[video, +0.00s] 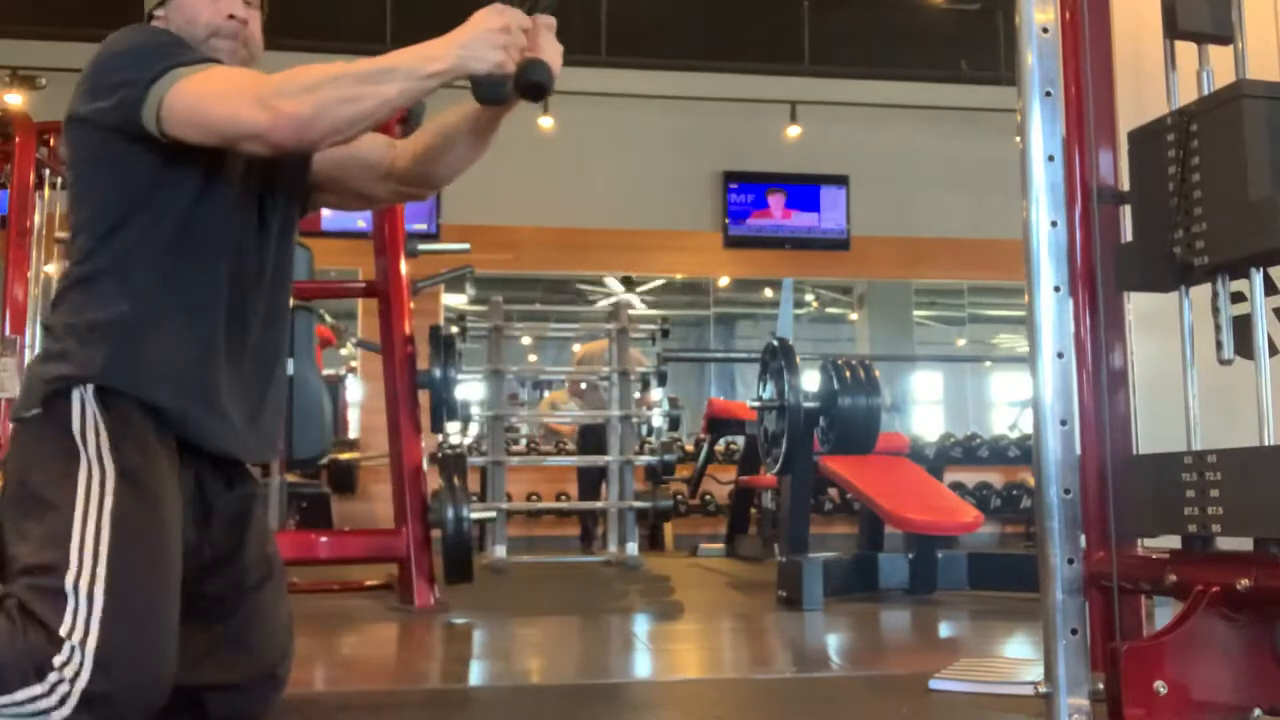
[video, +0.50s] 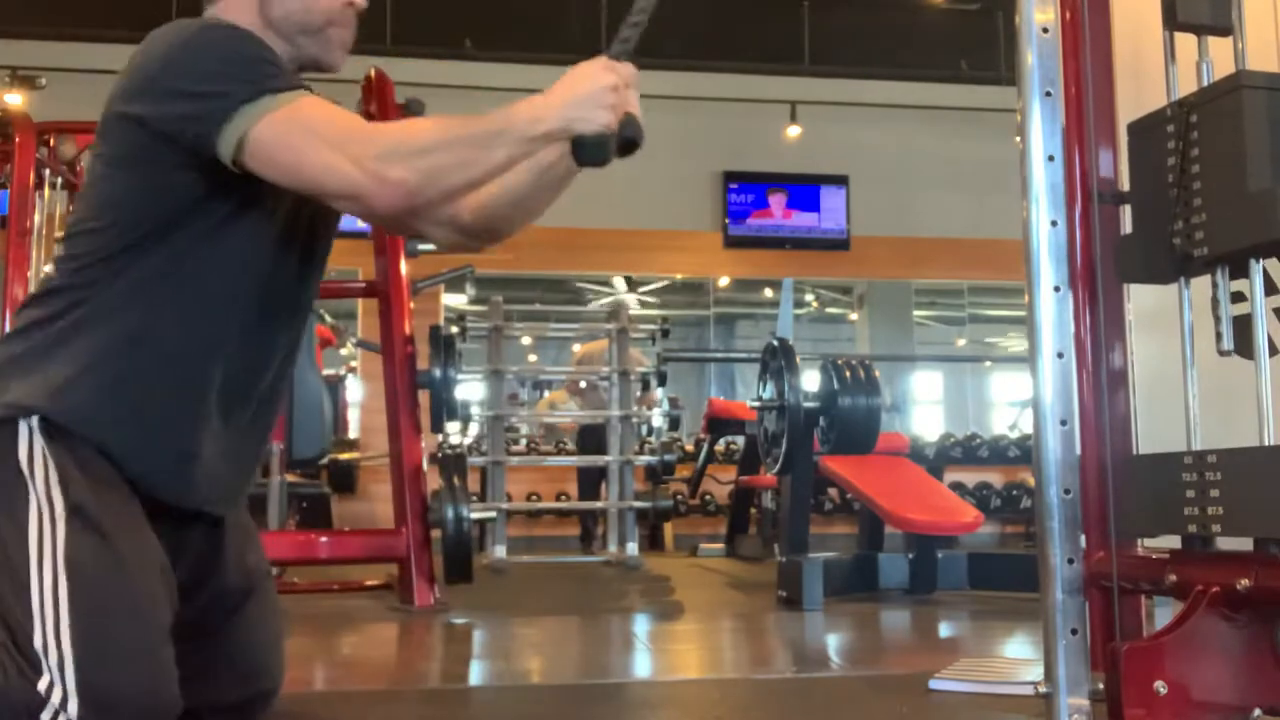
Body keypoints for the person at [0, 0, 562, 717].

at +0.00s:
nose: (244, 12)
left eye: (254, 5)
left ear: (264, 30)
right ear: (162, 6)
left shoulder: (269, 128)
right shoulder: (130, 59)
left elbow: (409, 167)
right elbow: (273, 114)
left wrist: (502, 92)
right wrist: (449, 52)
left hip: (219, 448)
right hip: (103, 411)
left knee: (239, 679)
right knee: (100, 676)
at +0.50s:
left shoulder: (300, 121)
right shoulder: (193, 56)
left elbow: (462, 220)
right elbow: (384, 175)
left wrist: (578, 142)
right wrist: (550, 108)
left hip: (197, 472)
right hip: (66, 441)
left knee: (237, 685)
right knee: (106, 700)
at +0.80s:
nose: (458, 66)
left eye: (458, 45)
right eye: (437, 38)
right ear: (358, 42)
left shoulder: (396, 179)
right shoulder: (271, 103)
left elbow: (520, 308)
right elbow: (425, 254)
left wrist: (620, 243)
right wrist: (607, 206)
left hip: (215, 486)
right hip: (76, 451)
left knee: (254, 688)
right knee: (111, 702)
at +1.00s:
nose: (499, 151)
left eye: (503, 129)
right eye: (483, 119)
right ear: (410, 104)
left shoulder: (438, 244)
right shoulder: (310, 159)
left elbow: (514, 389)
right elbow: (413, 329)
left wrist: (610, 331)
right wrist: (597, 298)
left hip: (207, 491)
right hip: (78, 448)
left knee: (259, 683)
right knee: (112, 696)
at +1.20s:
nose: (522, 238)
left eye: (531, 216)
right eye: (512, 208)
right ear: (454, 181)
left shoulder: (456, 303)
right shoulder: (339, 216)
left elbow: (496, 461)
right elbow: (384, 407)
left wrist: (576, 416)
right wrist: (576, 395)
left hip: (203, 509)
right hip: (75, 452)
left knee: (261, 683)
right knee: (85, 698)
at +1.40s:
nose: (536, 334)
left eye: (547, 314)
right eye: (532, 305)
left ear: (496, 294)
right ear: (474, 270)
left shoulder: (455, 361)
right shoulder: (355, 289)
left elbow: (479, 517)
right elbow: (369, 504)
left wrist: (561, 499)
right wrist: (553, 499)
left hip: (189, 504)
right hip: (64, 448)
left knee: (259, 678)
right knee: (91, 694)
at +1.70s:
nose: (544, 442)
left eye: (557, 423)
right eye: (543, 413)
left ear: (488, 372)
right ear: (488, 370)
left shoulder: (448, 432)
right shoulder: (358, 388)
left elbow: (456, 583)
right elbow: (342, 620)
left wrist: (546, 617)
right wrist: (532, 615)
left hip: (170, 510)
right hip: (50, 461)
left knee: (252, 678)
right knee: (82, 703)